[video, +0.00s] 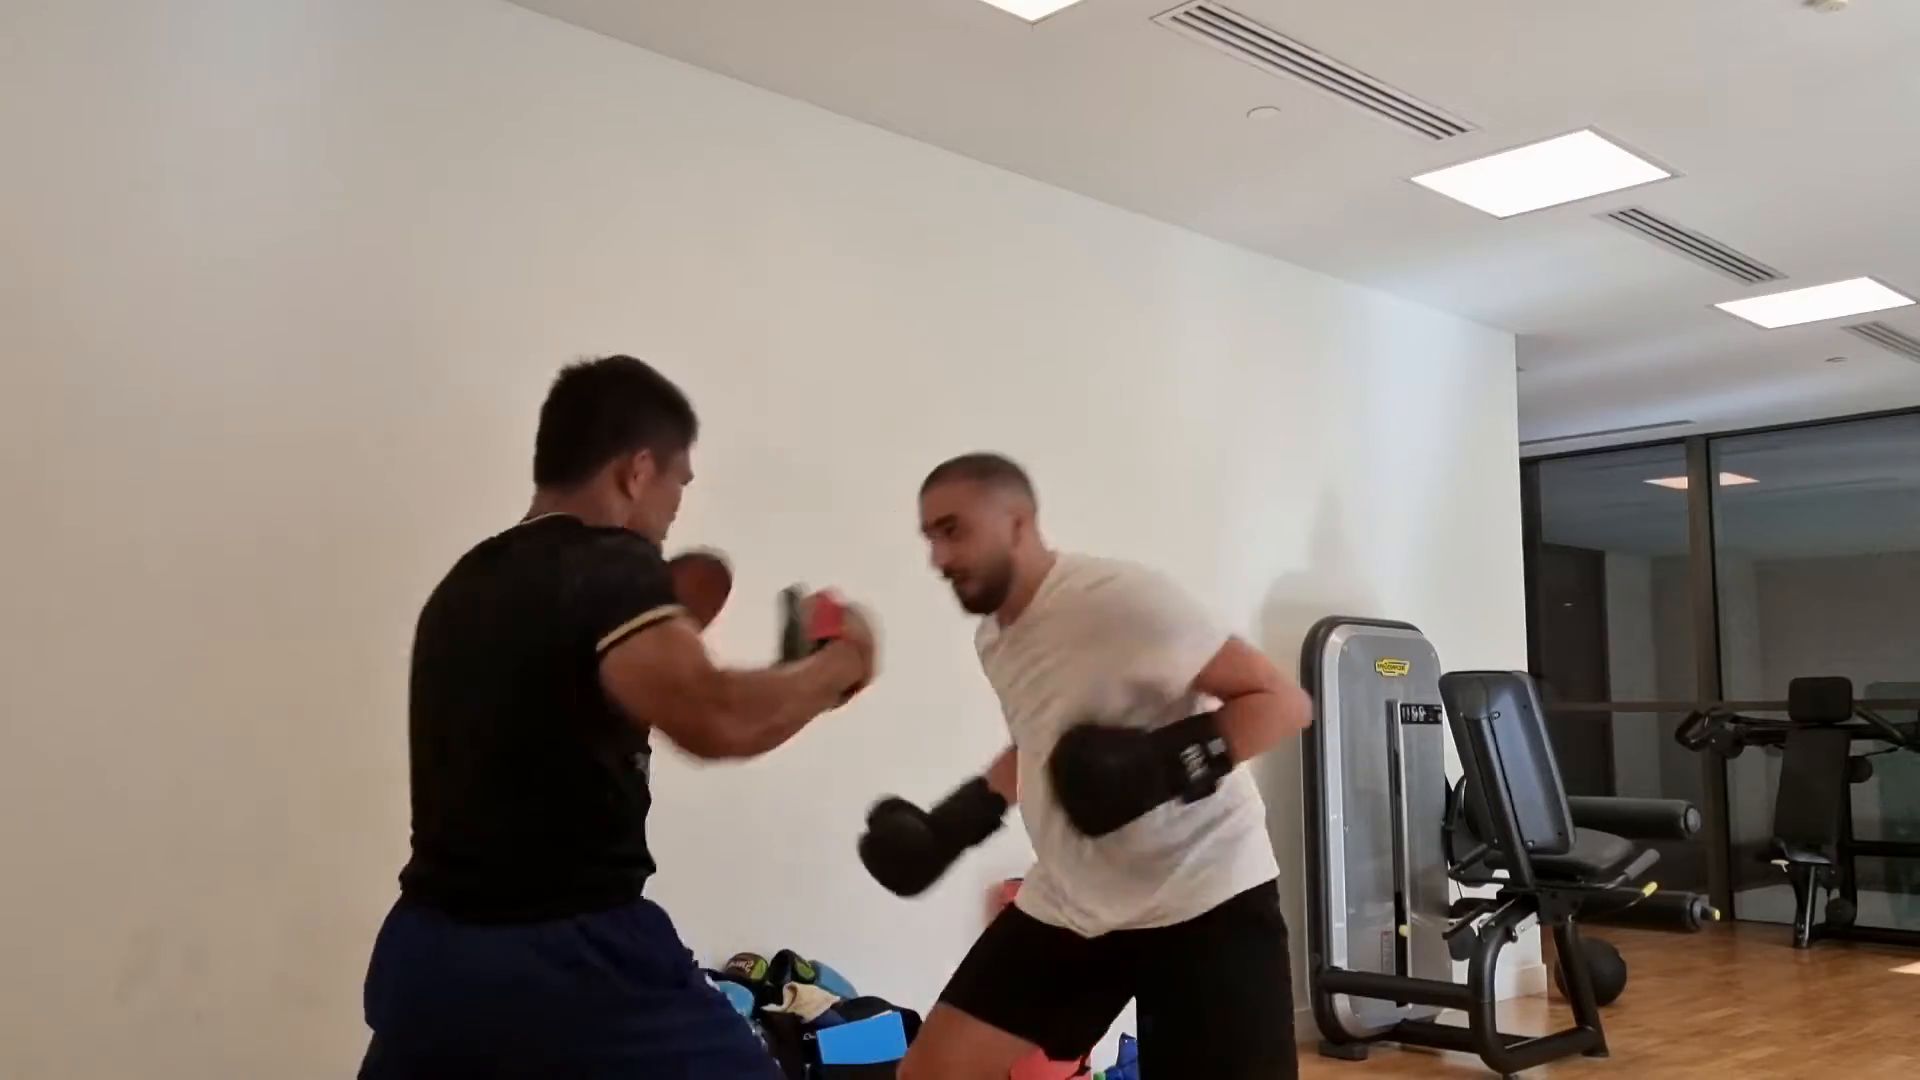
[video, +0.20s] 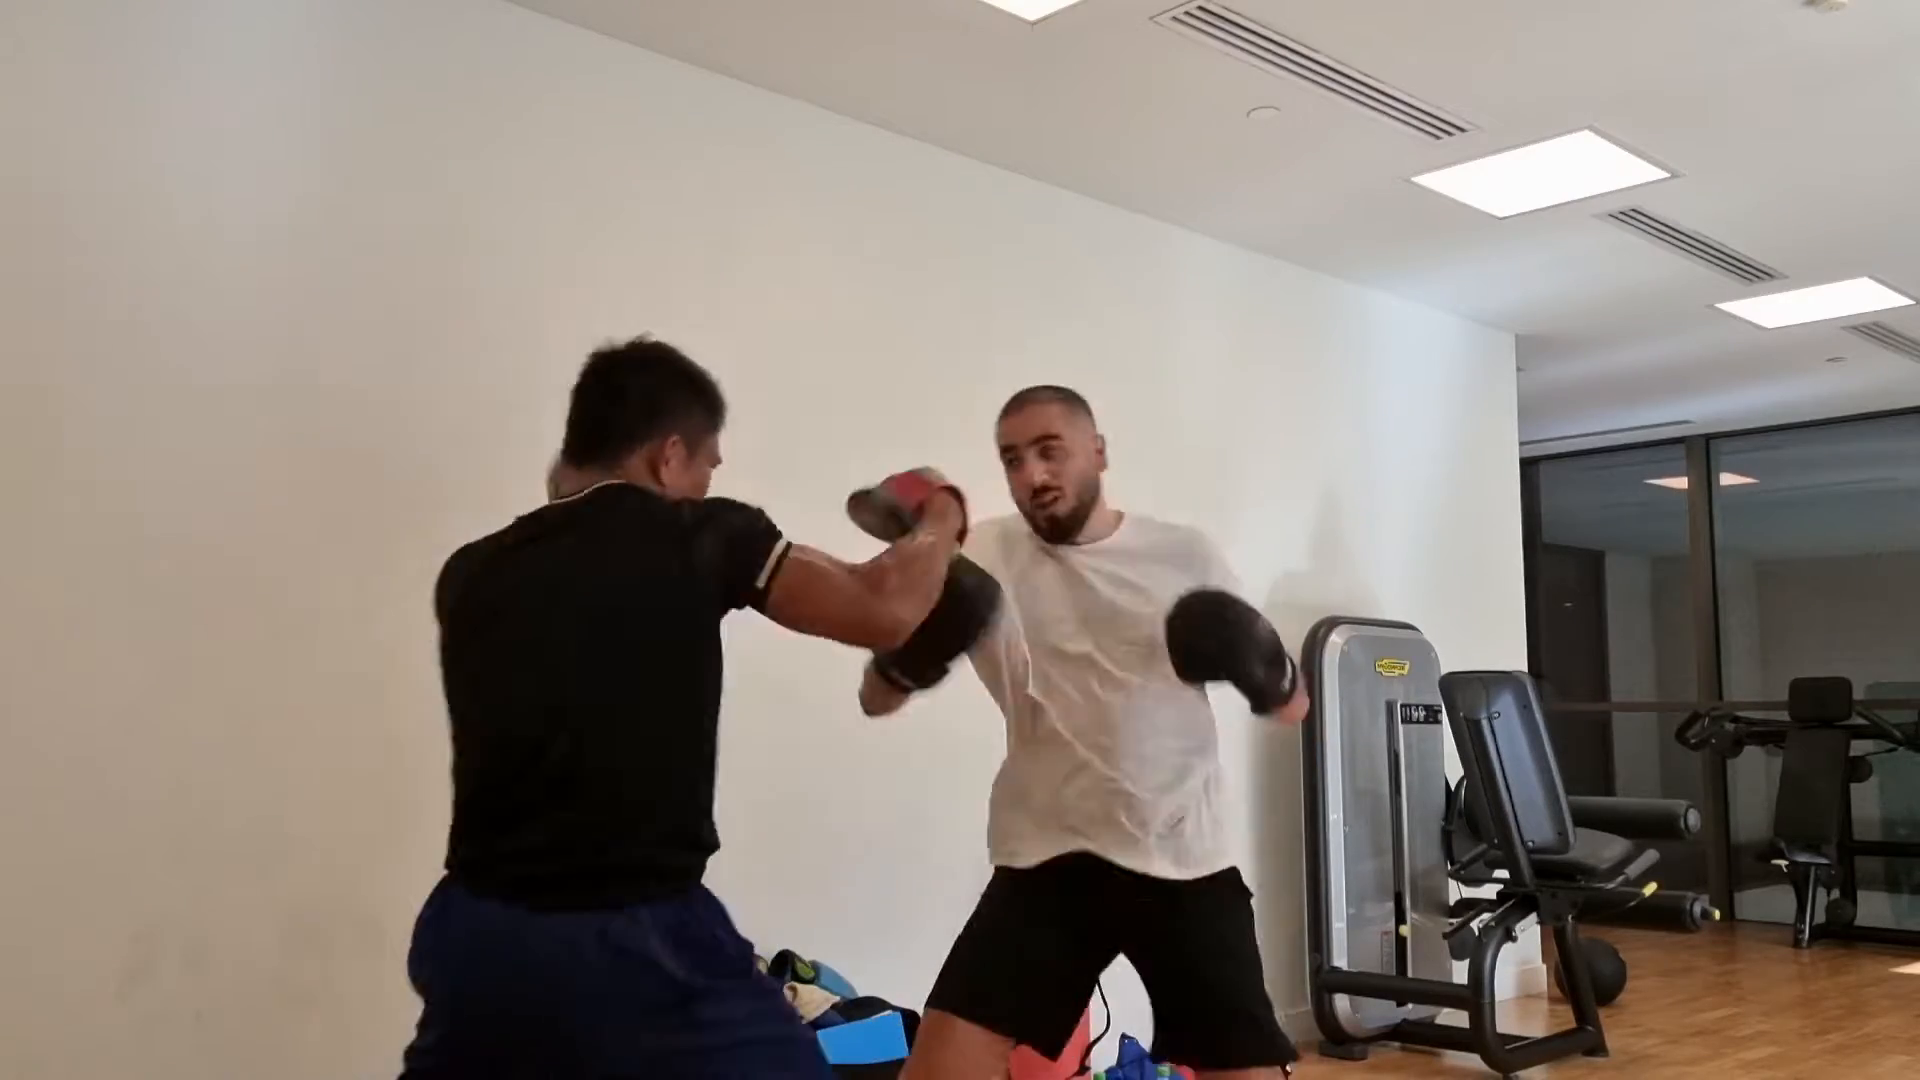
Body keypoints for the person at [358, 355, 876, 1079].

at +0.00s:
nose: (677, 510)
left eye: (685, 487)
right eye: (681, 484)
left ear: (551, 466)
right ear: (636, 472)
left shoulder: (462, 585)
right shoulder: (605, 565)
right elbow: (717, 721)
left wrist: (656, 621)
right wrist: (844, 664)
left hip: (431, 960)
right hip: (584, 965)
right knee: (740, 1063)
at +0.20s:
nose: (708, 488)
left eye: (713, 469)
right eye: (708, 467)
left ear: (573, 453)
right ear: (668, 456)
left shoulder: (468, 572)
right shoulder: (694, 532)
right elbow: (884, 610)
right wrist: (942, 519)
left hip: (476, 949)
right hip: (652, 951)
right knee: (789, 1060)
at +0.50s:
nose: (745, 482)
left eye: (754, 466)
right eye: (747, 461)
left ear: (614, 436)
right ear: (706, 449)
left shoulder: (523, 559)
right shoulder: (707, 555)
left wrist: (738, 527)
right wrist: (912, 600)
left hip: (463, 941)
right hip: (622, 958)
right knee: (777, 1063)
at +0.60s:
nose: (655, 494)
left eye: (662, 472)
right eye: (653, 469)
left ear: (514, 452)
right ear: (596, 457)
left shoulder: (409, 575)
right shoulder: (637, 546)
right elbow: (842, 596)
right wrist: (1001, 626)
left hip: (423, 972)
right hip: (596, 973)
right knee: (754, 1066)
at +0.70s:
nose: (600, 520)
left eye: (608, 497)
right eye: (601, 495)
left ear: (465, 480)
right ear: (543, 487)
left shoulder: (357, 602)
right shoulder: (594, 586)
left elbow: (481, 584)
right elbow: (810, 650)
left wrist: (591, 489)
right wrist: (990, 677)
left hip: (382, 1009)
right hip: (572, 1004)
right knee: (729, 1060)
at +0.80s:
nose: (653, 500)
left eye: (657, 474)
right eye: (651, 472)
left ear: (514, 465)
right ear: (597, 467)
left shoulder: (425, 588)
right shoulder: (617, 569)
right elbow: (783, 696)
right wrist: (914, 640)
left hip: (404, 988)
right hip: (575, 995)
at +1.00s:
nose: (717, 477)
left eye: (721, 456)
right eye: (715, 454)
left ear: (584, 438)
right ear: (672, 450)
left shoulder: (516, 555)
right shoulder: (621, 547)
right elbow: (771, 662)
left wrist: (713, 569)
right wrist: (797, 530)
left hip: (458, 938)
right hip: (598, 949)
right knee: (772, 1062)